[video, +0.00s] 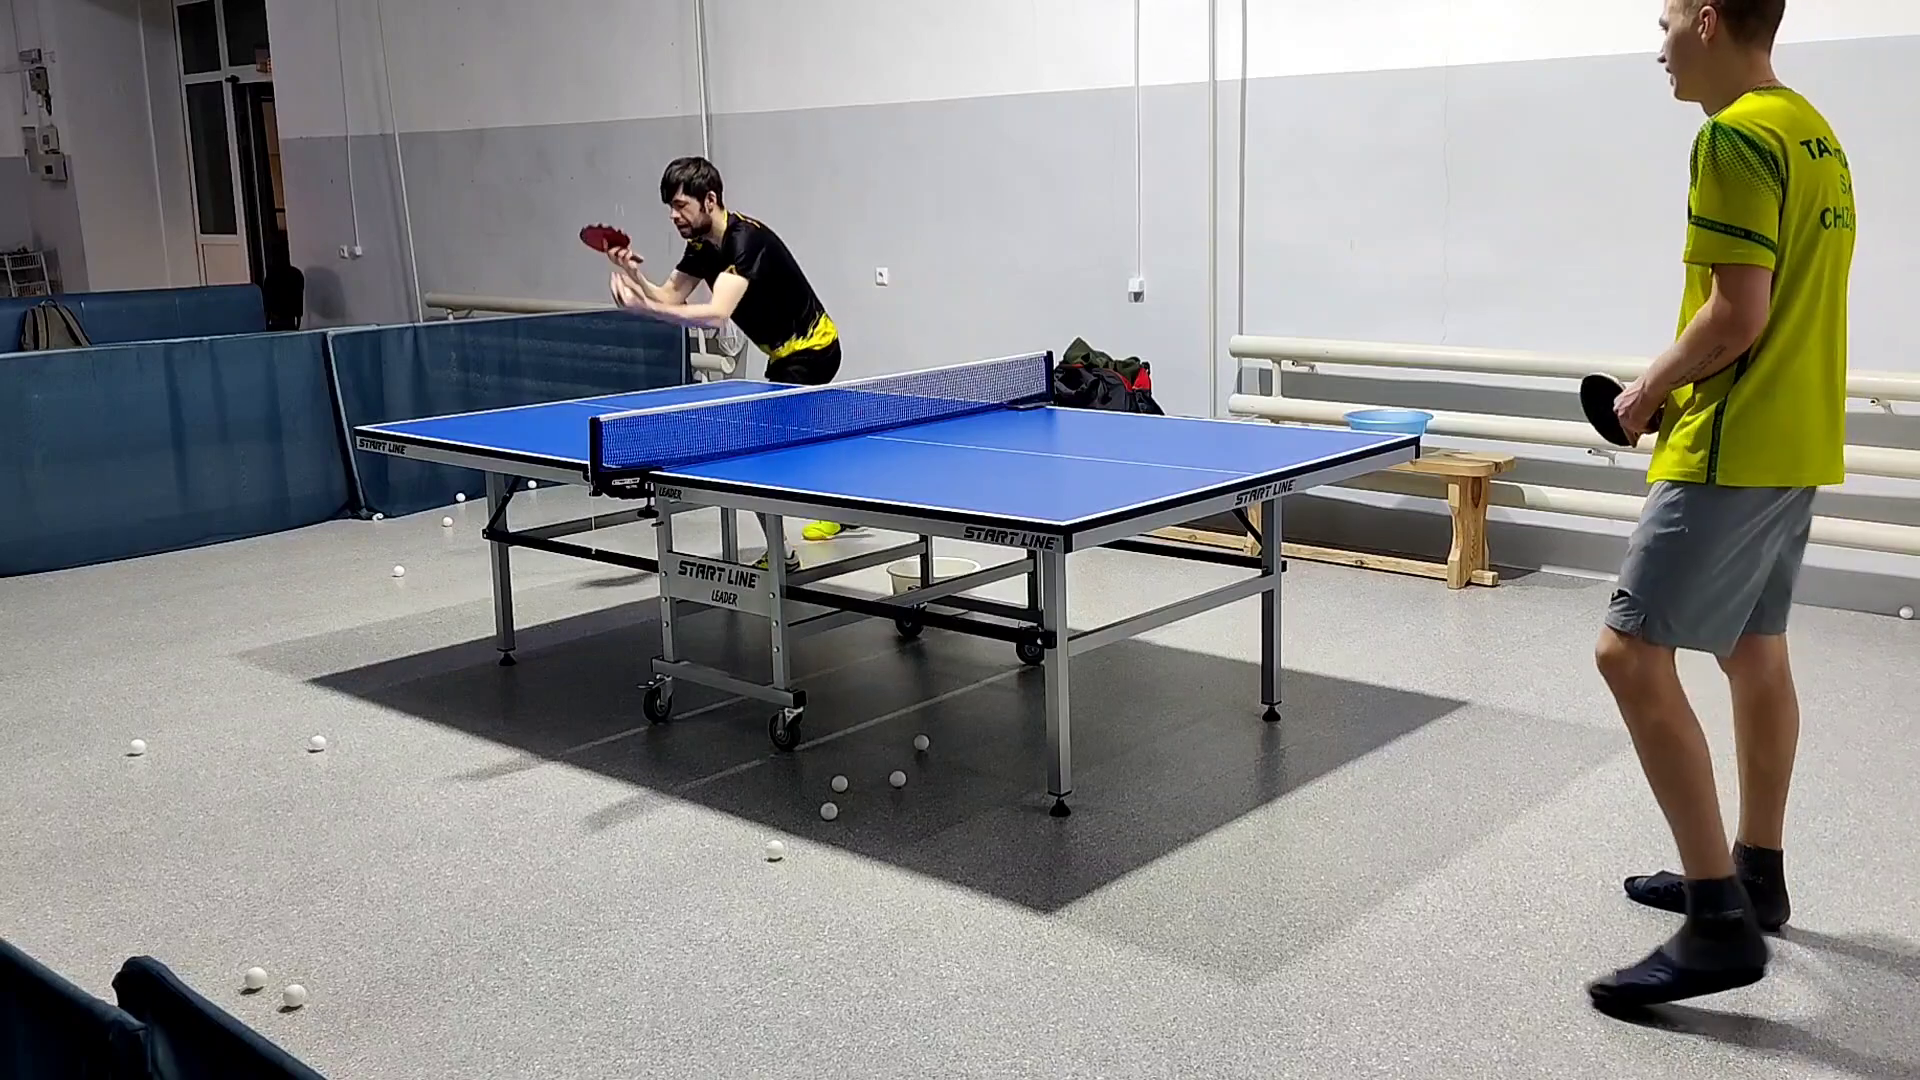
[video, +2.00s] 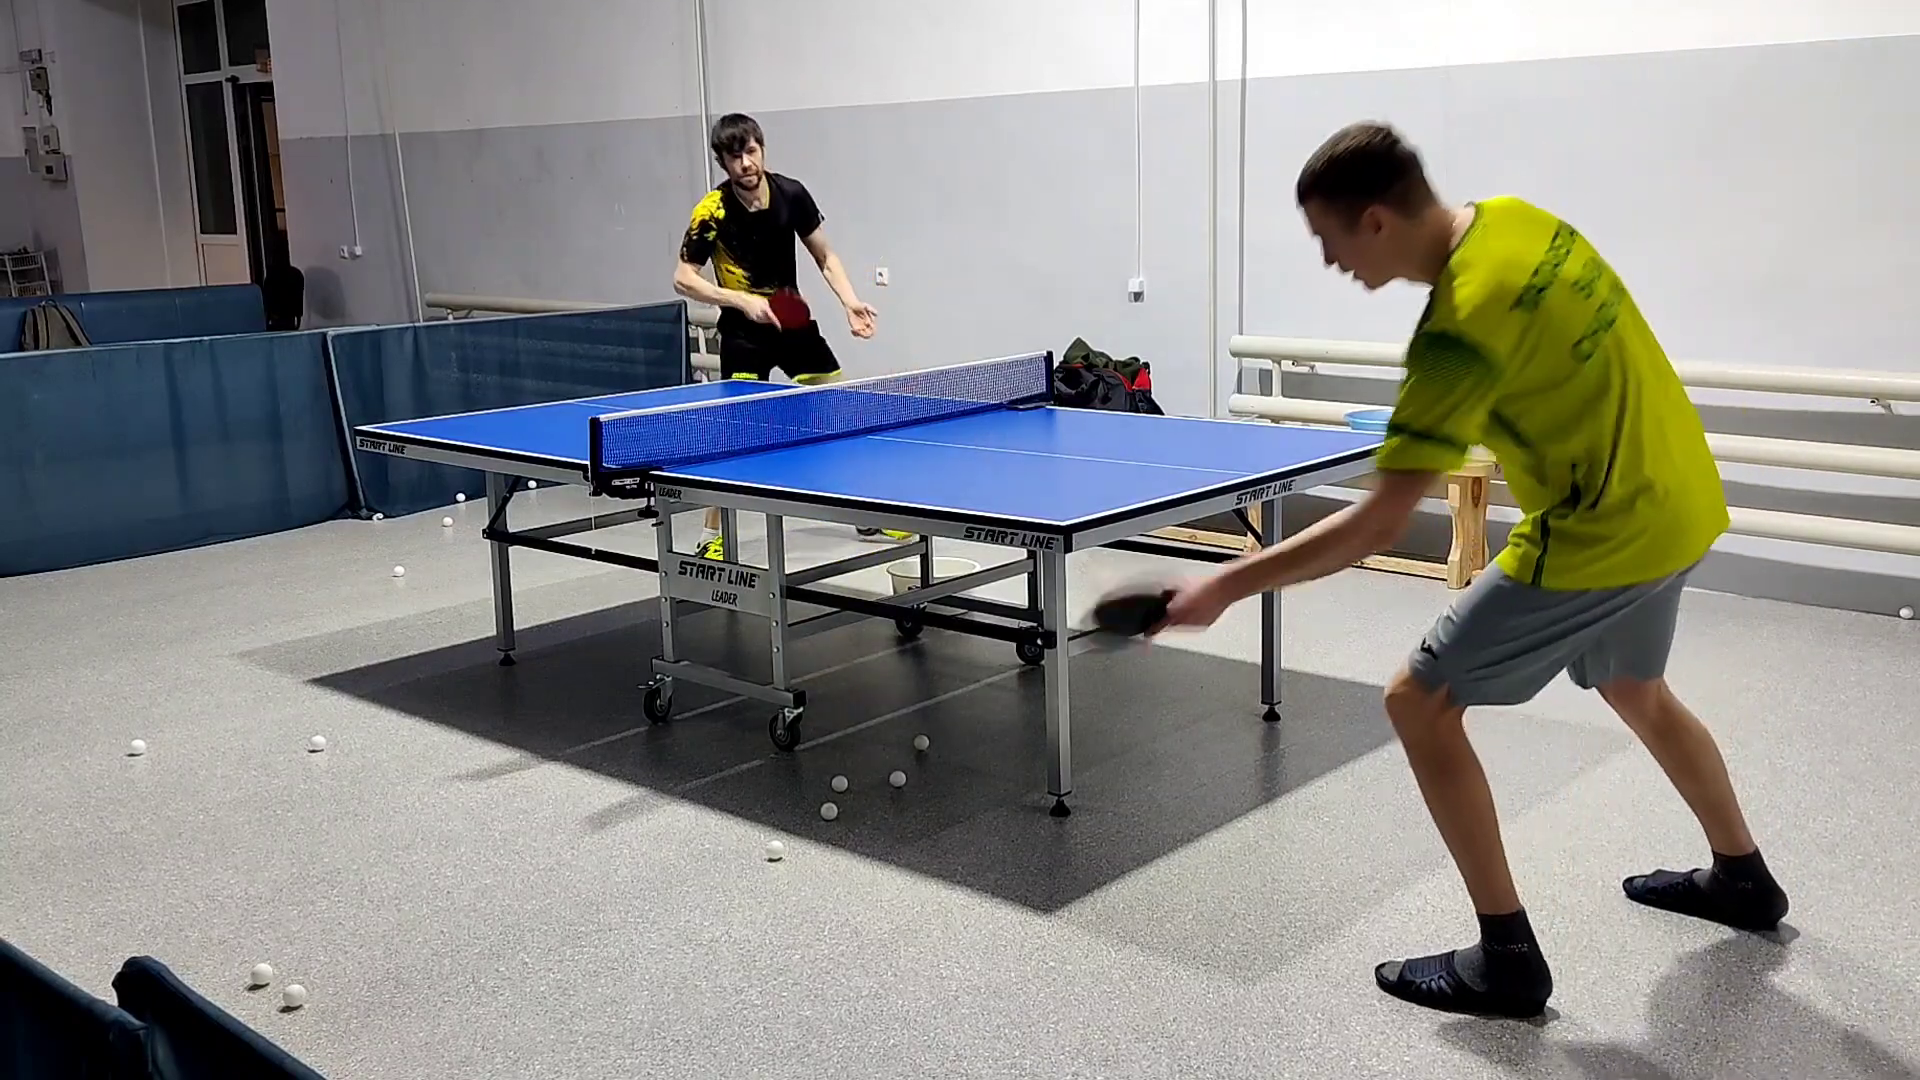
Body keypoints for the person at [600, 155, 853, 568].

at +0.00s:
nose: (674, 216)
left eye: (680, 206)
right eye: (671, 207)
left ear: (710, 200)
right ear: (698, 204)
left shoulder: (746, 239)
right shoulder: (700, 242)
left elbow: (718, 313)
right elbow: (670, 298)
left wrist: (646, 308)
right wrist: (634, 274)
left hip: (811, 350)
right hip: (782, 353)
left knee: (754, 446)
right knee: (798, 437)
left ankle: (778, 551)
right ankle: (844, 508)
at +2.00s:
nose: (745, 164)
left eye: (750, 153)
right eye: (734, 157)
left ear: (763, 150)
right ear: (722, 162)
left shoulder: (790, 194)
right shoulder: (712, 210)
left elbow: (824, 255)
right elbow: (685, 278)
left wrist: (850, 302)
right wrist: (740, 299)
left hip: (793, 322)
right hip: (742, 329)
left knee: (844, 408)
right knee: (732, 427)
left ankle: (870, 507)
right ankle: (714, 535)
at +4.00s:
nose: (769, 165)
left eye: (774, 154)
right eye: (758, 159)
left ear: (786, 152)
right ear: (748, 167)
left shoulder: (819, 192)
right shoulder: (748, 219)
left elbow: (848, 250)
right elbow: (739, 294)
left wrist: (782, 251)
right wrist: (736, 281)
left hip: (844, 325)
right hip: (792, 328)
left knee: (871, 419)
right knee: (766, 414)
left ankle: (888, 505)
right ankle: (748, 528)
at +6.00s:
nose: (723, 206)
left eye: (728, 194)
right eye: (713, 199)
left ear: (743, 189)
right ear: (706, 204)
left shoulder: (780, 223)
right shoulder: (719, 256)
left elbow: (788, 281)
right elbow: (714, 322)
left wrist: (717, 284)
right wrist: (712, 360)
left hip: (832, 338)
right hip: (784, 344)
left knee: (877, 410)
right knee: (754, 410)